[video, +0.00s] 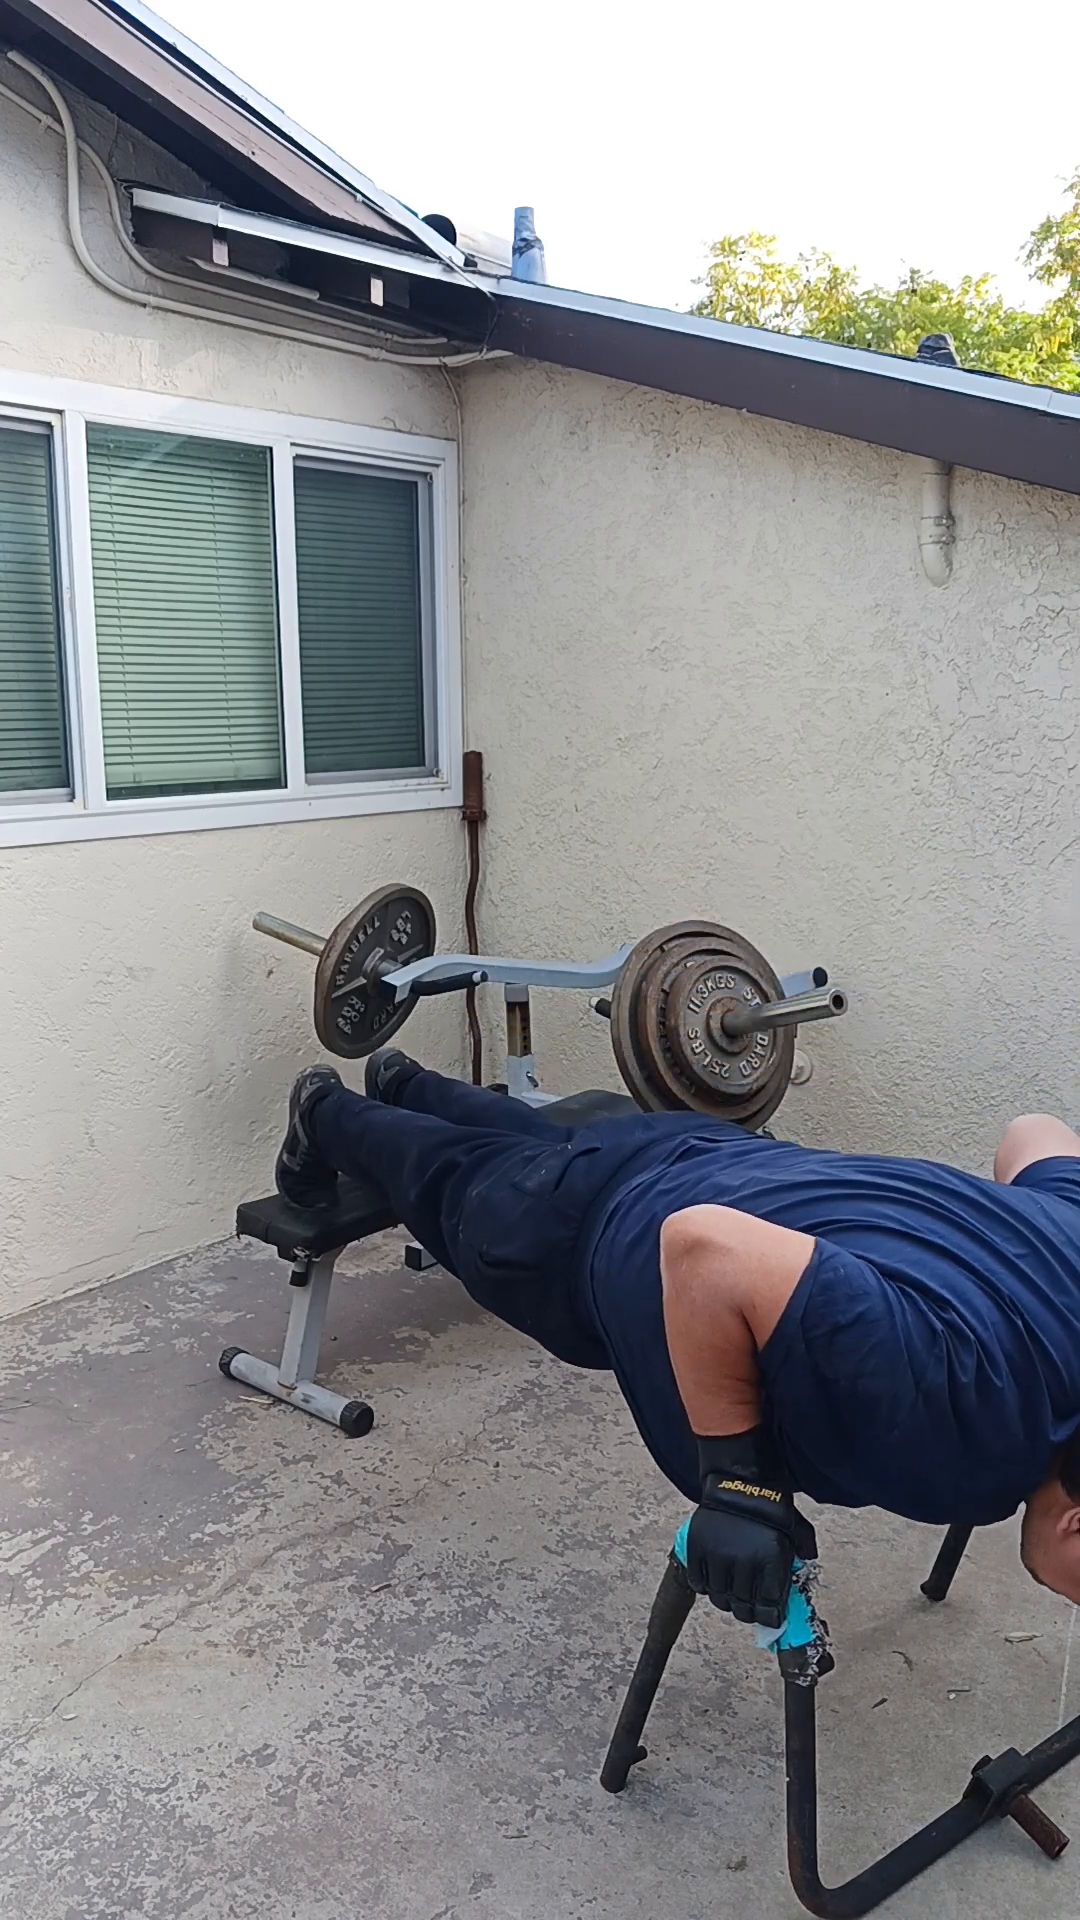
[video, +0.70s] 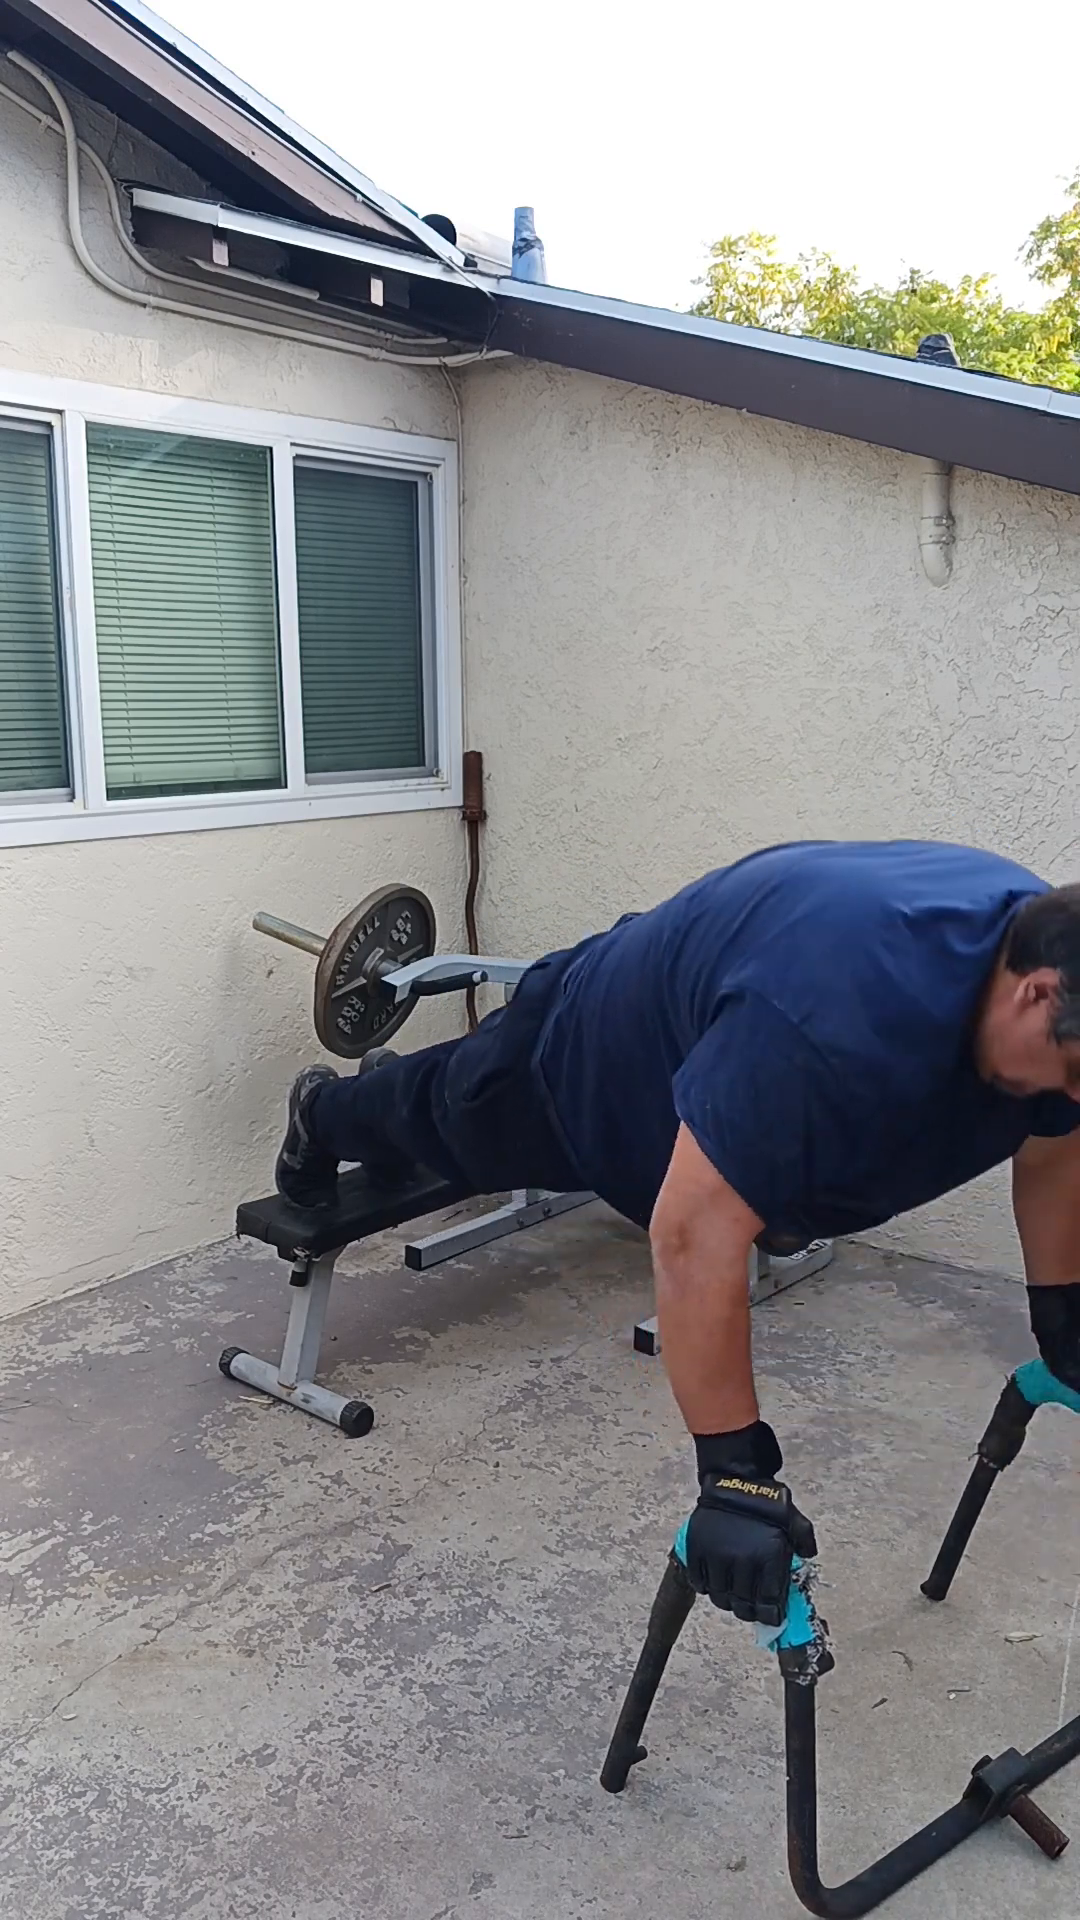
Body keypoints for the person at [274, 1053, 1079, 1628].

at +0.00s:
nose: (1051, 1586)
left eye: (1061, 1590)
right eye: (1066, 1584)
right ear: (1074, 1521)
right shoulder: (952, 1405)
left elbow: (1037, 1132)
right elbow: (702, 1255)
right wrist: (735, 1485)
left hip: (733, 1151)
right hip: (627, 1218)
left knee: (547, 1136)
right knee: (458, 1189)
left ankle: (409, 1089)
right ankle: (328, 1114)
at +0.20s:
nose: (1048, 1530)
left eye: (1061, 1526)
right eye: (1066, 1523)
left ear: (1069, 1462)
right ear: (1067, 1467)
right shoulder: (917, 1350)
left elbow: (1052, 1131)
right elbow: (666, 1265)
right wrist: (731, 1483)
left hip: (727, 1125)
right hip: (612, 1200)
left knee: (539, 1131)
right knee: (454, 1178)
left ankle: (404, 1085)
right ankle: (326, 1112)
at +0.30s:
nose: (1053, 1450)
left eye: (1067, 1440)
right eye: (1071, 1437)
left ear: (1071, 1373)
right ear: (1067, 1382)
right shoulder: (906, 1288)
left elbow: (1051, 1134)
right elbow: (646, 1273)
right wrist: (730, 1479)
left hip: (713, 1094)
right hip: (605, 1174)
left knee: (534, 1119)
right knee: (451, 1158)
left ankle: (404, 1084)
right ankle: (323, 1108)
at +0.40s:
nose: (1059, 1372)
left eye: (1069, 1369)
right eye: (1071, 1357)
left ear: (1070, 1270)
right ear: (1062, 1281)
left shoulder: (1074, 1150)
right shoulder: (897, 1221)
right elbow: (633, 1280)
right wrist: (729, 1480)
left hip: (721, 1063)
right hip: (603, 1137)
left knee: (524, 1104)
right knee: (448, 1136)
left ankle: (397, 1099)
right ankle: (322, 1112)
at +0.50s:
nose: (1062, 1266)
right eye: (1074, 1240)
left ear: (1064, 1170)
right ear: (1055, 1179)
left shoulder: (1059, 1082)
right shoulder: (840, 1148)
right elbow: (633, 1269)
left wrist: (1059, 1324)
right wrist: (729, 1474)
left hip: (730, 1019)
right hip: (605, 1094)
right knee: (451, 1125)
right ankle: (324, 1115)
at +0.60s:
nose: (1054, 1173)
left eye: (1072, 1164)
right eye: (1064, 1147)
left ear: (1057, 1073)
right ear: (1040, 1078)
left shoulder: (1050, 1008)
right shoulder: (826, 1081)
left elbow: (1057, 1175)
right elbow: (655, 1259)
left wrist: (1059, 1318)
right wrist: (731, 1475)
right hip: (604, 1065)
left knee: (512, 1118)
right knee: (449, 1114)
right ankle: (324, 1112)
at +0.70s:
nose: (1059, 1095)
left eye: (1072, 1084)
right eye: (1064, 1072)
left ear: (1040, 987)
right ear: (1031, 995)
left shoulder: (1042, 968)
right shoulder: (820, 1018)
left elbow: (1051, 1150)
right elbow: (692, 1238)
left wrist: (1060, 1321)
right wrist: (736, 1478)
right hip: (608, 1039)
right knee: (450, 1098)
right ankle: (322, 1117)